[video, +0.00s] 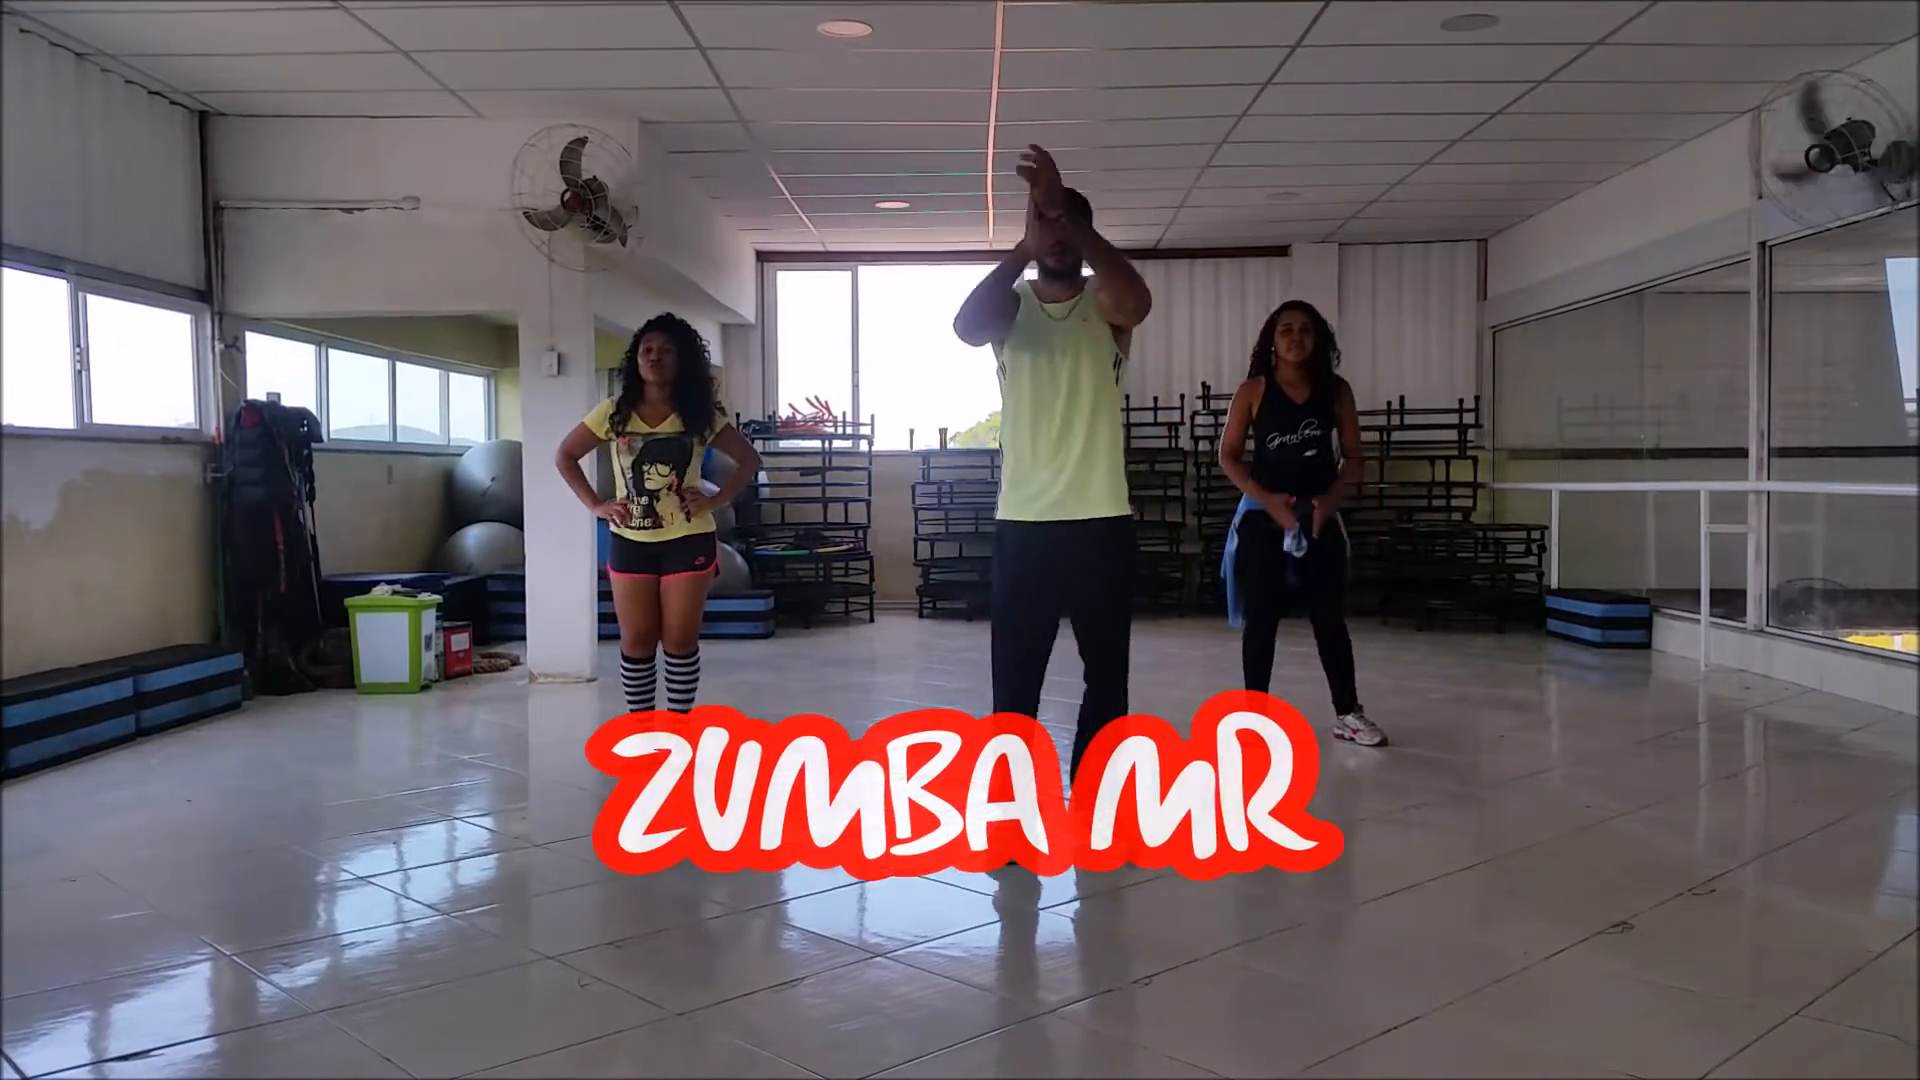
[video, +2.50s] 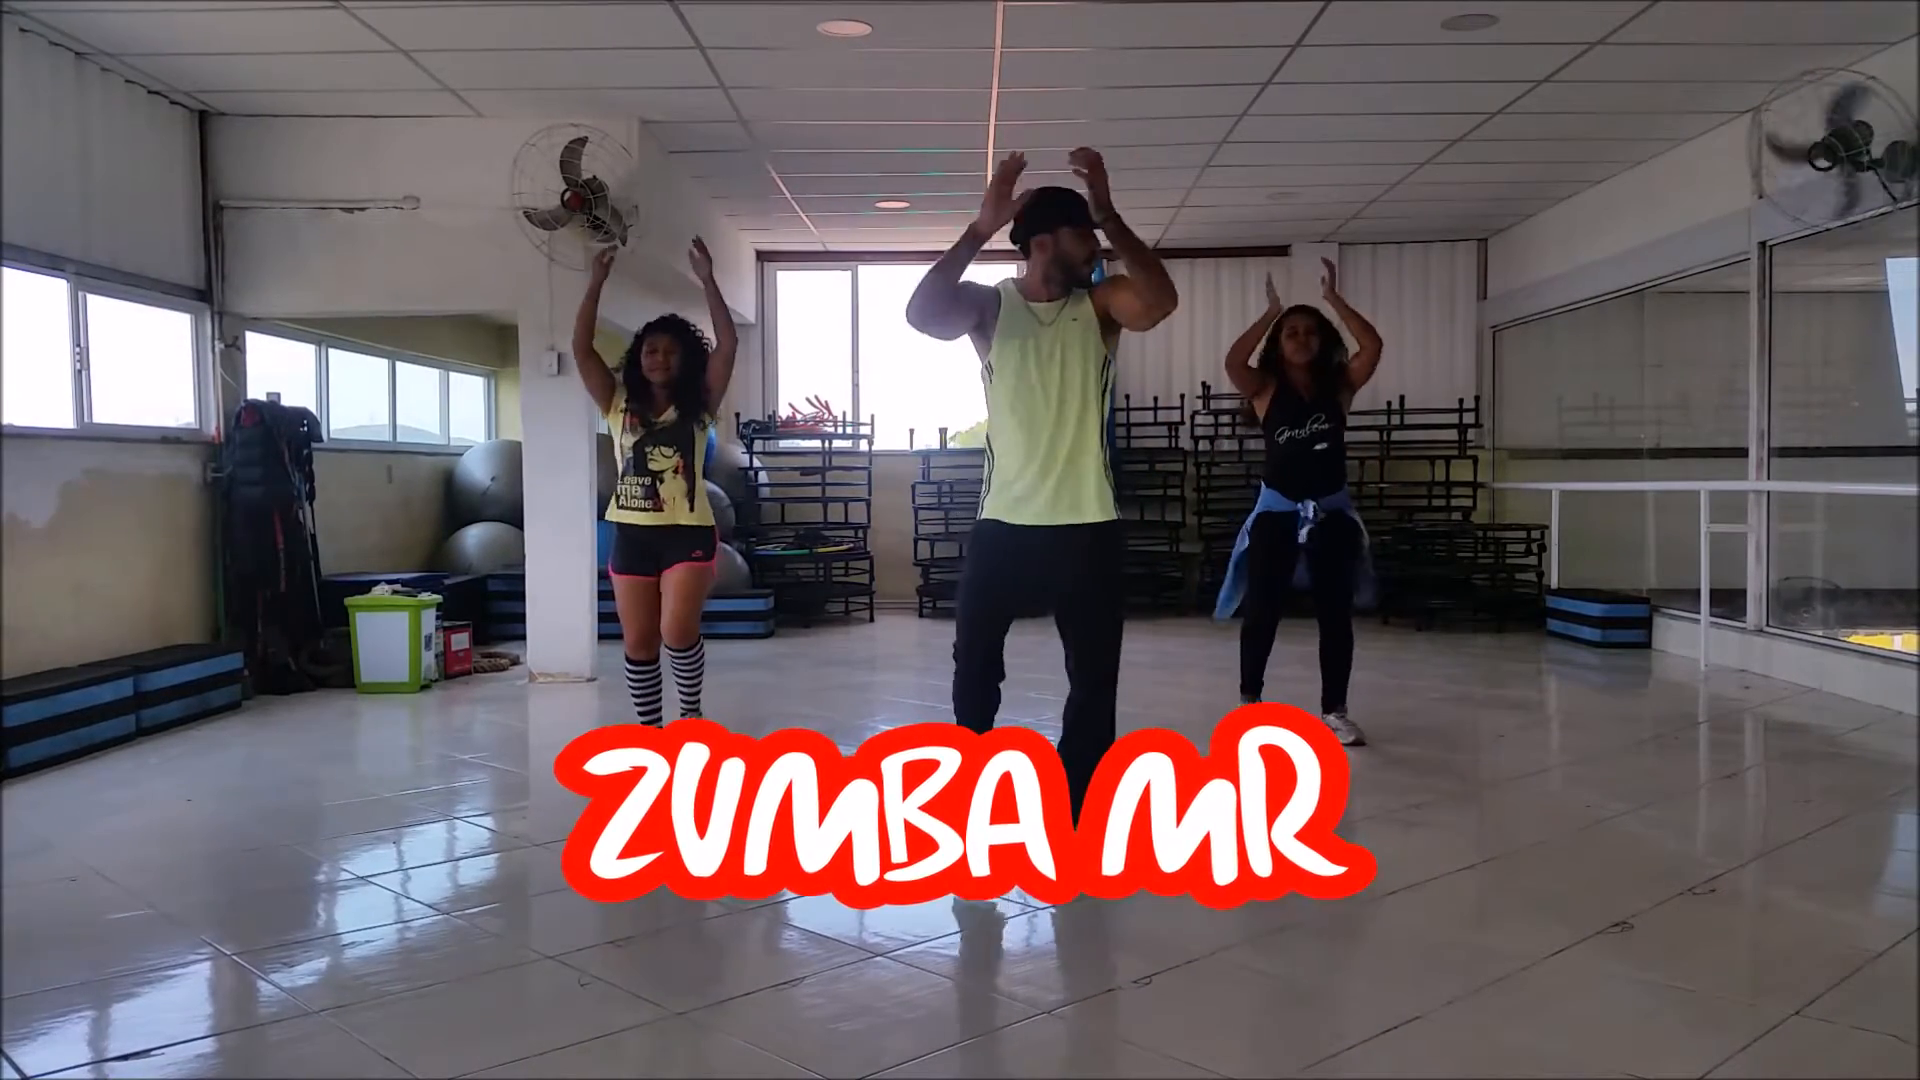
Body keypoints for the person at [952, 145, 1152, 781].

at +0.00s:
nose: (1059, 233)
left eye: (1069, 222)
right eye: (1047, 221)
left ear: (1086, 238)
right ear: (1030, 237)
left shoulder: (1105, 305)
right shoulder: (1011, 305)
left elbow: (1135, 301)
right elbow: (967, 327)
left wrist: (1077, 222)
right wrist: (1022, 248)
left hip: (1103, 523)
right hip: (1026, 524)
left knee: (1107, 685)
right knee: (1015, 688)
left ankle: (1093, 811)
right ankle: (1009, 814)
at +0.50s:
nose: (1041, 224)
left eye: (1053, 214)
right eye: (1030, 215)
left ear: (1073, 230)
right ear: (1013, 233)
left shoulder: (1095, 301)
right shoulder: (993, 306)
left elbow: (1129, 258)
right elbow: (947, 290)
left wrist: (1058, 180)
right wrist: (1002, 212)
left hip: (1085, 522)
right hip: (1007, 523)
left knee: (1083, 686)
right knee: (1001, 684)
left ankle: (1079, 818)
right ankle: (999, 816)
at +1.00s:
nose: (1035, 221)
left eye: (1047, 211)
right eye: (1023, 213)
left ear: (1064, 226)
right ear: (1002, 229)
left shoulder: (1089, 296)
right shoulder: (981, 305)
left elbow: (1137, 250)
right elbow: (934, 283)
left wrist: (1063, 172)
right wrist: (996, 208)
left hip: (1084, 524)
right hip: (1002, 526)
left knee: (1099, 683)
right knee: (997, 690)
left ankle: (1082, 820)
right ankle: (988, 828)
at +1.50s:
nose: (1065, 231)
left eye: (1071, 220)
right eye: (1050, 220)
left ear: (1081, 230)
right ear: (1017, 232)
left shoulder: (1097, 297)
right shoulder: (991, 302)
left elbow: (1142, 263)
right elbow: (936, 290)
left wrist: (1076, 180)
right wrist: (998, 208)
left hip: (1086, 518)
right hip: (1006, 517)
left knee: (1084, 684)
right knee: (981, 672)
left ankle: (1080, 822)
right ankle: (981, 810)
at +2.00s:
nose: (1067, 253)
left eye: (1068, 244)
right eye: (1056, 239)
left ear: (1062, 246)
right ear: (1016, 239)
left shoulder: (1075, 299)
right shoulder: (971, 304)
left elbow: (1143, 284)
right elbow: (920, 310)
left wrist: (1088, 202)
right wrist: (988, 229)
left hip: (1079, 526)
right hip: (994, 529)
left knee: (1104, 693)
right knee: (983, 701)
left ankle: (1093, 812)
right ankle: (981, 828)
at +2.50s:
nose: (1093, 243)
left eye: (1093, 233)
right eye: (1083, 232)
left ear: (1071, 243)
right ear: (1042, 239)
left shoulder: (1100, 300)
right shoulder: (990, 305)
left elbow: (1160, 300)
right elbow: (923, 311)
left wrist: (1109, 217)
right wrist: (982, 225)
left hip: (1088, 523)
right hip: (1005, 522)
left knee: (1095, 684)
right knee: (975, 666)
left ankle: (1082, 819)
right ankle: (969, 798)